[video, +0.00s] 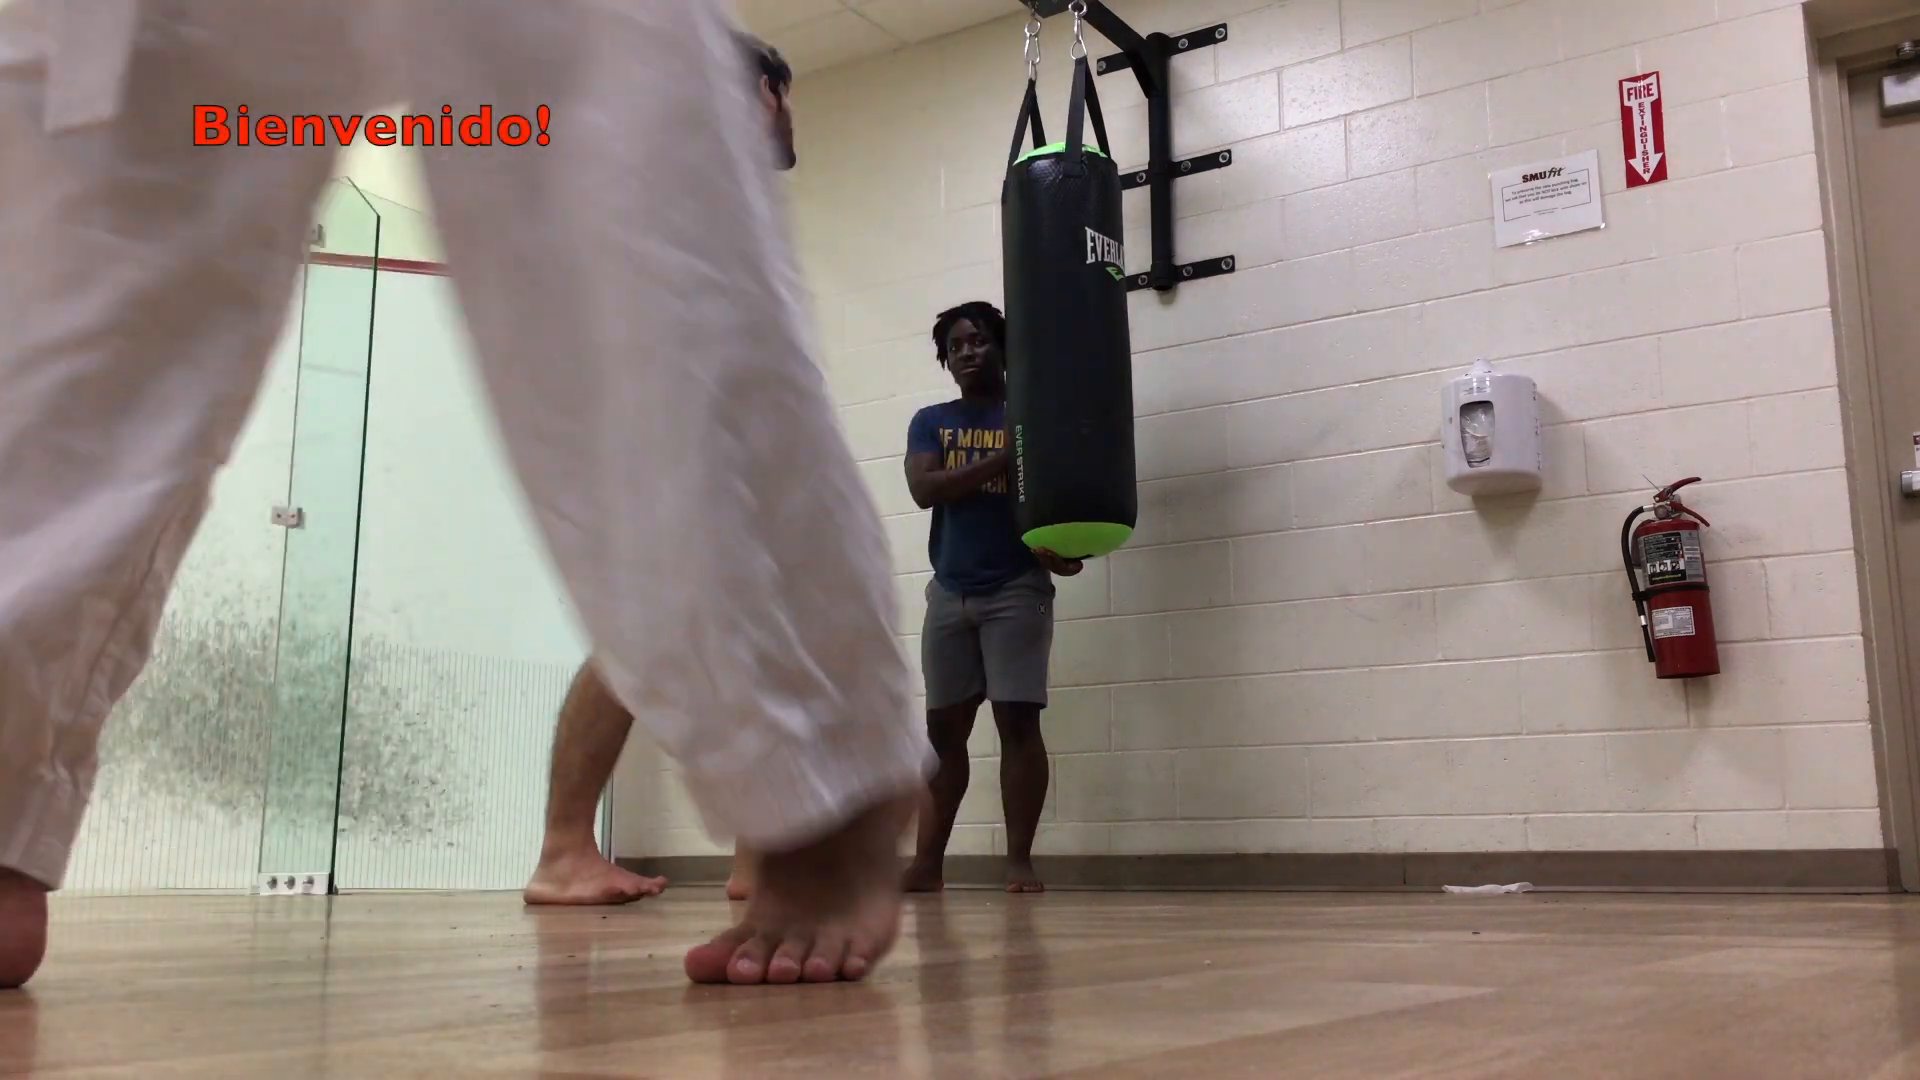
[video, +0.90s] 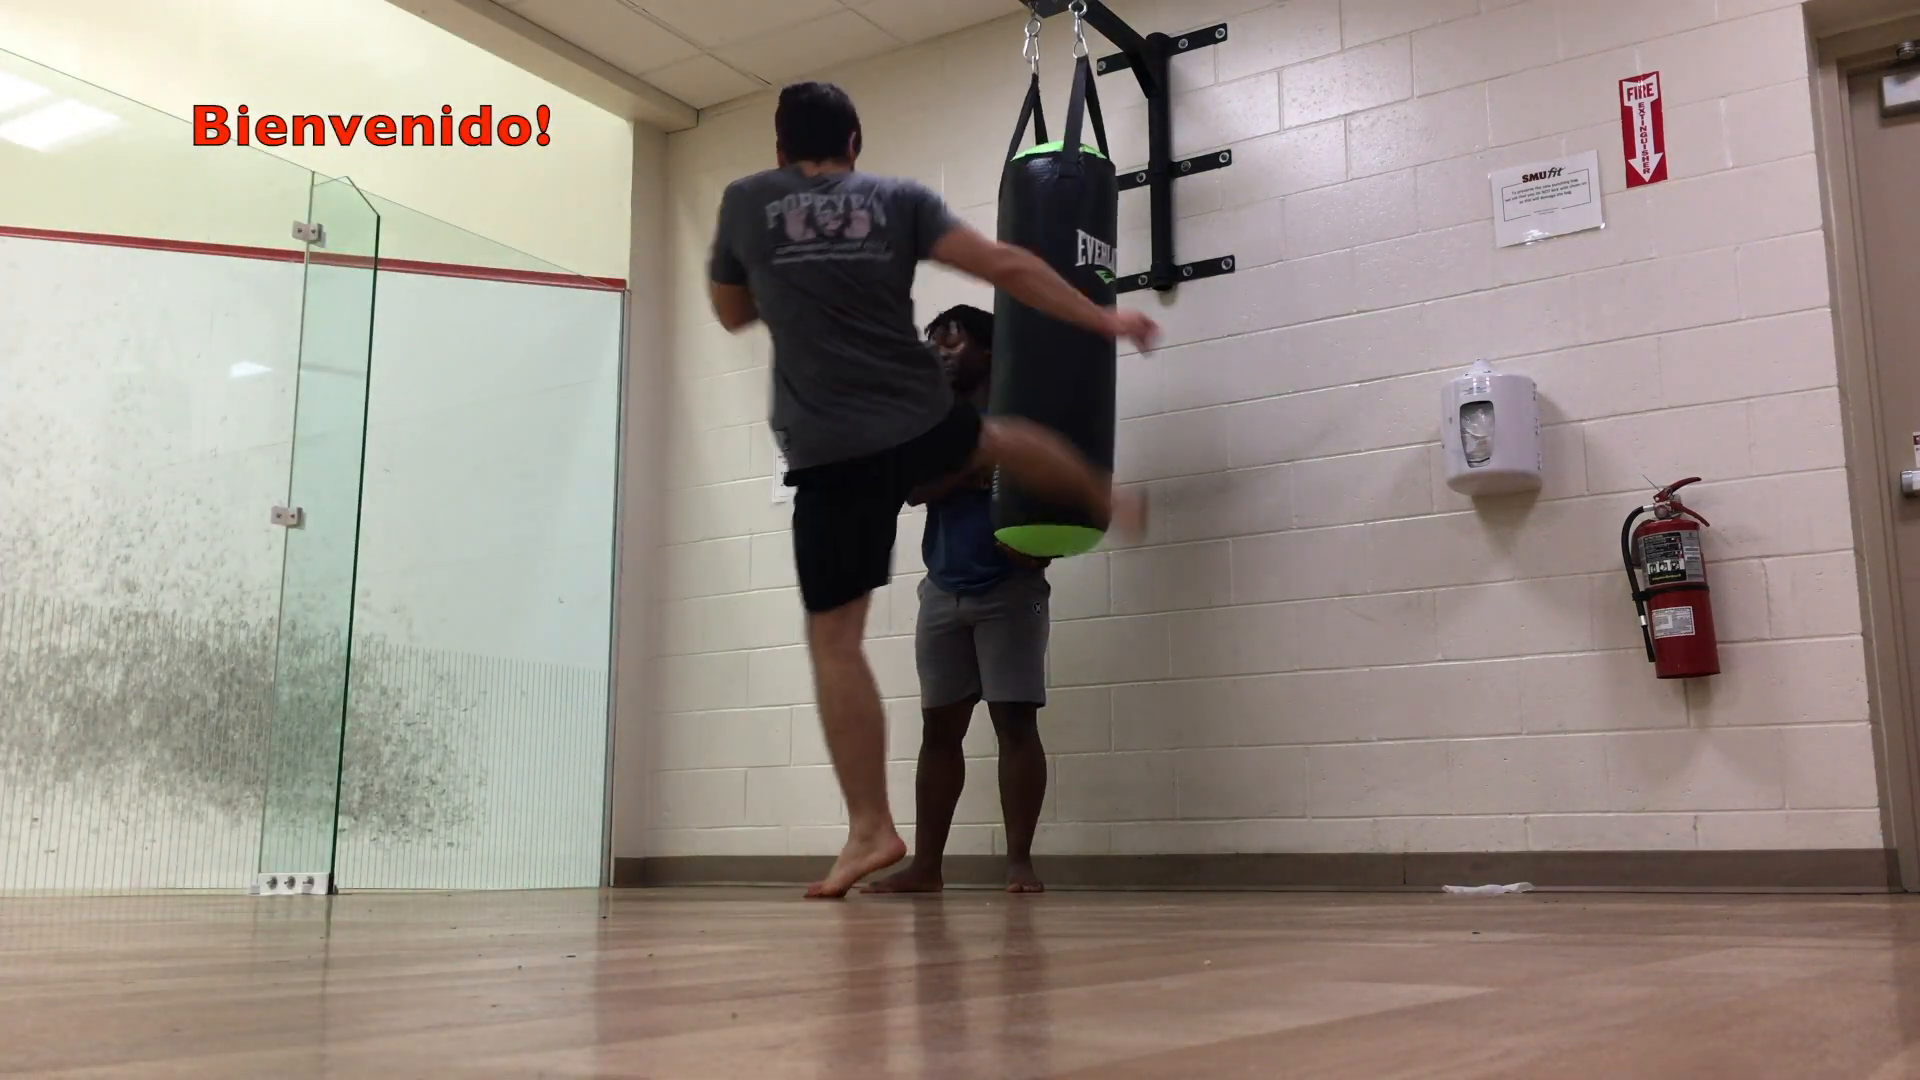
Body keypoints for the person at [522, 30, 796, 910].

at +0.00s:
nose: (790, 129)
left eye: (786, 107)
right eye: (777, 104)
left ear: (762, 110)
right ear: (733, 102)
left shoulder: (738, 239)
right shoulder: (671, 239)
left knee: (753, 599)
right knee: (640, 614)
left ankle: (764, 852)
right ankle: (565, 847)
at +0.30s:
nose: (818, 113)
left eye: (815, 98)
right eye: (814, 97)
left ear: (747, 100)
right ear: (793, 96)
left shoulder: (777, 190)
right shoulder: (753, 146)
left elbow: (772, 333)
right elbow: (714, 226)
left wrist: (867, 315)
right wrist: (856, 271)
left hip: (768, 448)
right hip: (732, 437)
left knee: (806, 633)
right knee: (717, 607)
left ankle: (767, 845)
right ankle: (594, 822)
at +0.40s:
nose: (830, 100)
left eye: (825, 86)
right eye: (827, 85)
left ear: (750, 96)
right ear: (810, 86)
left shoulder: (727, 175)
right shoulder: (792, 139)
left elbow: (759, 301)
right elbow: (797, 238)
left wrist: (845, 301)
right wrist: (919, 324)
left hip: (732, 419)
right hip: (771, 412)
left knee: (794, 611)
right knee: (771, 597)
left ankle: (783, 835)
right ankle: (676, 811)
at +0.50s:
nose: (847, 131)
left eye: (841, 117)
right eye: (844, 117)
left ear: (764, 131)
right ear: (830, 118)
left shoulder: (723, 216)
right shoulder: (848, 187)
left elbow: (663, 337)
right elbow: (908, 311)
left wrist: (700, 411)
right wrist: (979, 366)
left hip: (736, 449)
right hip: (810, 443)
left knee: (820, 627)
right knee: (772, 623)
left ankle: (821, 847)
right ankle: (716, 845)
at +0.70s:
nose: (848, 139)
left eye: (844, 131)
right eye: (851, 129)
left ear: (768, 122)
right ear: (842, 127)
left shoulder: (714, 182)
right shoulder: (876, 191)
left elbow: (628, 283)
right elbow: (939, 304)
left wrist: (616, 347)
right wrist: (953, 370)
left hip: (792, 452)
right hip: (891, 434)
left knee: (797, 644)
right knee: (992, 545)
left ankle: (835, 821)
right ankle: (956, 635)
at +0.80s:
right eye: (847, 148)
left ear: (769, 141)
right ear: (848, 147)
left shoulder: (735, 192)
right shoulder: (884, 209)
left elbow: (672, 303)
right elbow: (980, 304)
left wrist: (749, 277)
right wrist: (1075, 372)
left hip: (811, 458)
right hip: (907, 423)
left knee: (794, 642)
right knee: (977, 423)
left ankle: (859, 828)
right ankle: (1123, 453)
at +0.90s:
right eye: (848, 143)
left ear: (777, 151)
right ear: (855, 145)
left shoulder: (747, 202)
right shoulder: (898, 201)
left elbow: (731, 313)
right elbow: (1004, 264)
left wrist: (791, 269)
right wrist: (1103, 317)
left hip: (825, 453)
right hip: (920, 424)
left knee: (836, 642)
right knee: (1000, 442)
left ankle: (871, 830)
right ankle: (1110, 504)